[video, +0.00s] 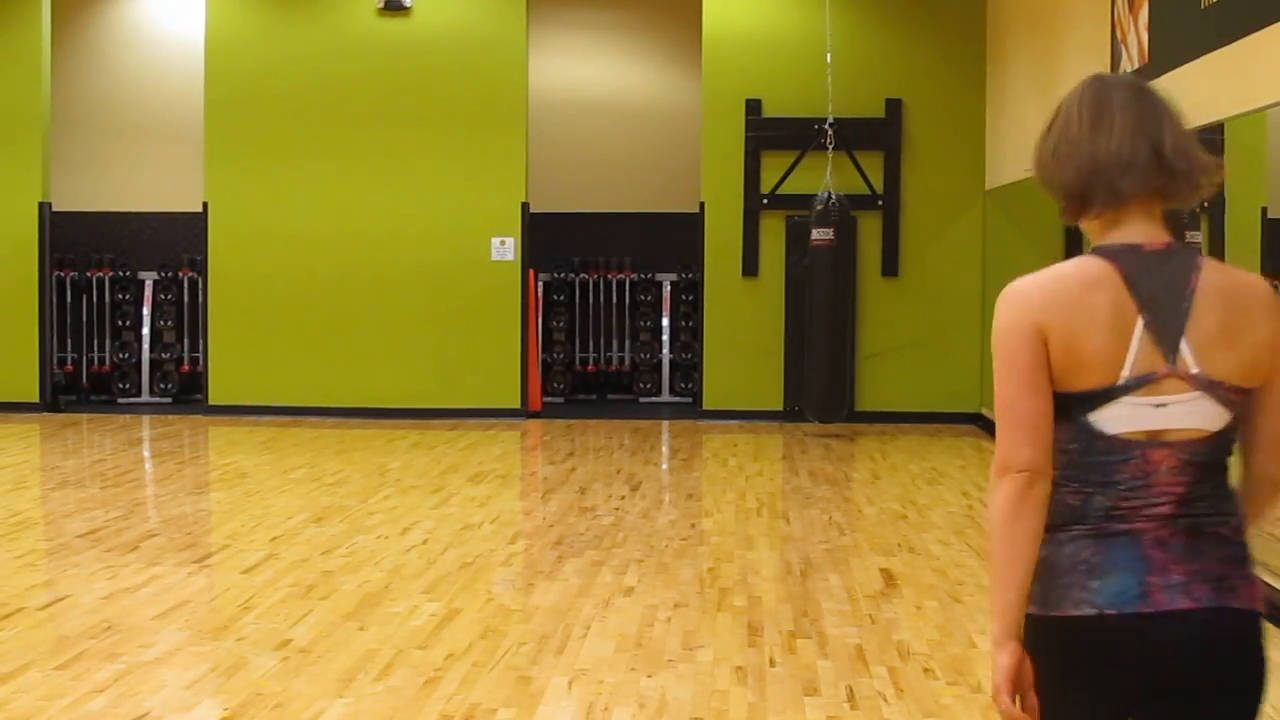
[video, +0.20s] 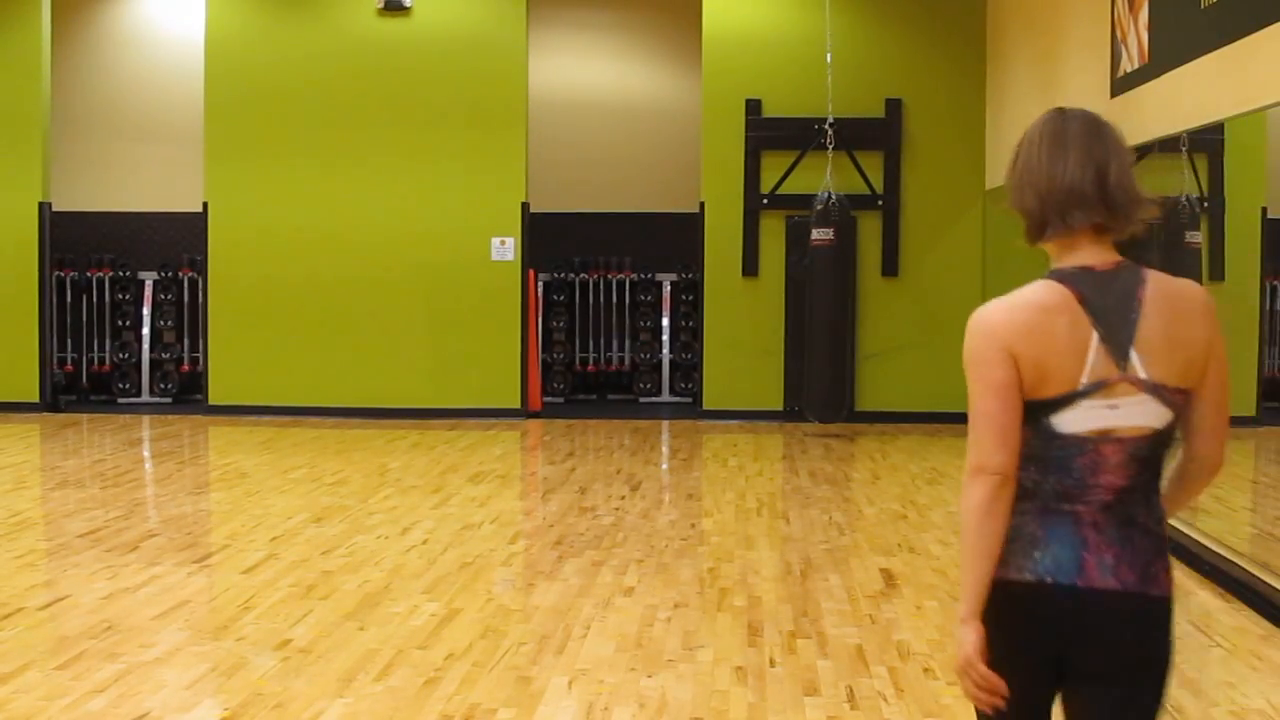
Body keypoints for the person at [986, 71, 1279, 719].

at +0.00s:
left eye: (1059, 163)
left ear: (1068, 173)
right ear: (1171, 163)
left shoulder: (1035, 303)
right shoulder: (1254, 301)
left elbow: (1022, 472)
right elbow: (1266, 476)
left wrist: (1006, 636)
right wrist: (1203, 539)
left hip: (1083, 627)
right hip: (1219, 621)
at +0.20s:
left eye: (1024, 182)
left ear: (1028, 196)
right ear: (1121, 187)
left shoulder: (1003, 323)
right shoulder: (1190, 306)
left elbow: (991, 475)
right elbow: (1206, 456)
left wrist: (968, 614)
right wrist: (1146, 515)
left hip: (1026, 590)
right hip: (1133, 589)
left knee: (1015, 707)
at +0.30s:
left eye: (1009, 170)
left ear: (1012, 183)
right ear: (1100, 174)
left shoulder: (986, 300)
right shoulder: (1168, 288)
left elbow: (968, 454)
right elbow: (1192, 436)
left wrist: (942, 569)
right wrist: (1167, 535)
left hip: (1006, 556)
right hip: (1114, 555)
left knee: (1009, 708)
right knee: (1079, 710)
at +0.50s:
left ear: (986, 197)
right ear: (1074, 199)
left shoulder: (947, 299)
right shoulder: (1117, 304)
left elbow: (917, 428)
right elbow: (1159, 427)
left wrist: (893, 496)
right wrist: (1202, 537)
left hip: (996, 540)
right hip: (1091, 541)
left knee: (1012, 708)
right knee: (1053, 703)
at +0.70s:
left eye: (979, 185)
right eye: (1042, 187)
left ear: (974, 195)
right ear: (1048, 199)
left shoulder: (931, 289)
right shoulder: (1082, 298)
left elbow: (909, 408)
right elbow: (1112, 415)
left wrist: (891, 481)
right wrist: (1137, 511)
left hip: (982, 518)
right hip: (1071, 511)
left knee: (971, 672)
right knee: (1039, 672)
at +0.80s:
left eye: (965, 181)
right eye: (1024, 182)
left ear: (961, 191)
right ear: (1035, 191)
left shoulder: (926, 280)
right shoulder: (1073, 285)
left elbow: (907, 398)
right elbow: (1089, 403)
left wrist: (900, 485)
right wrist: (1085, 481)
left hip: (964, 494)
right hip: (1054, 492)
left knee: (960, 636)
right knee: (1028, 659)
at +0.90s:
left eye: (956, 191)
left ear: (952, 199)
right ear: (1023, 198)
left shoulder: (923, 287)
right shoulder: (1064, 284)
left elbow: (911, 397)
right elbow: (1071, 393)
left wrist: (904, 494)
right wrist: (1050, 437)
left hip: (949, 493)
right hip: (1033, 494)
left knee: (942, 634)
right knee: (1009, 654)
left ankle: (940, 719)